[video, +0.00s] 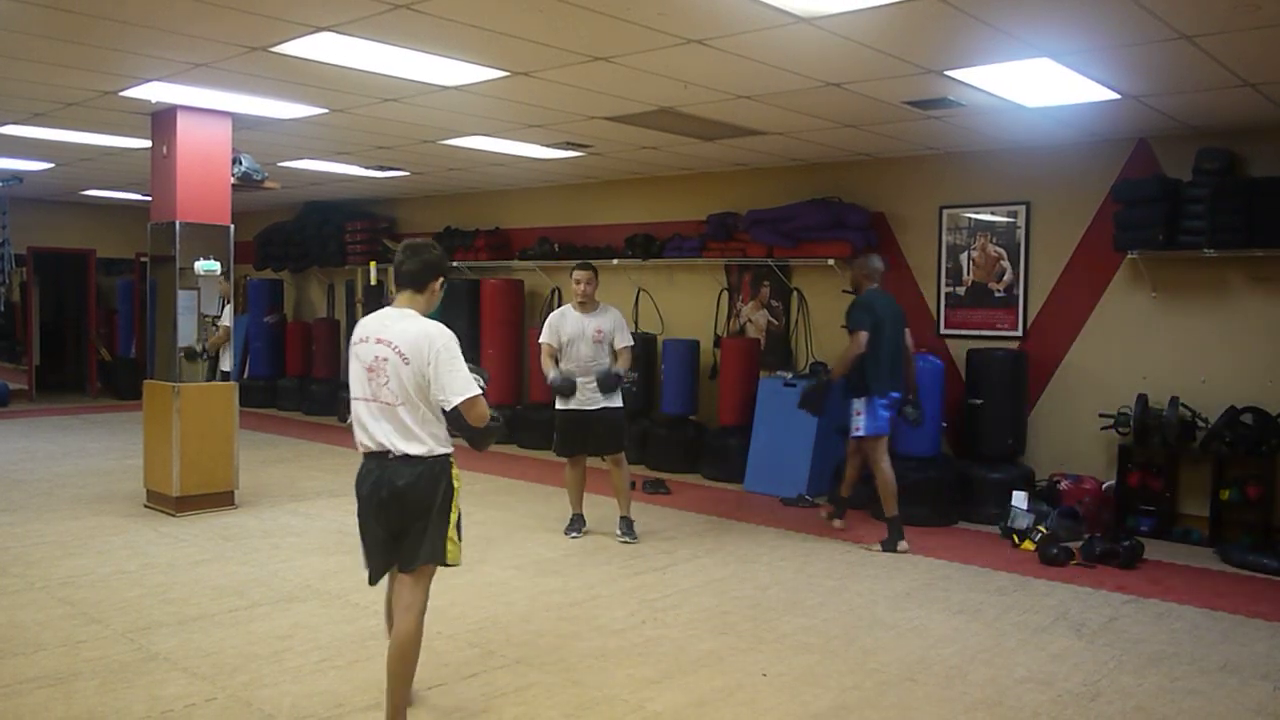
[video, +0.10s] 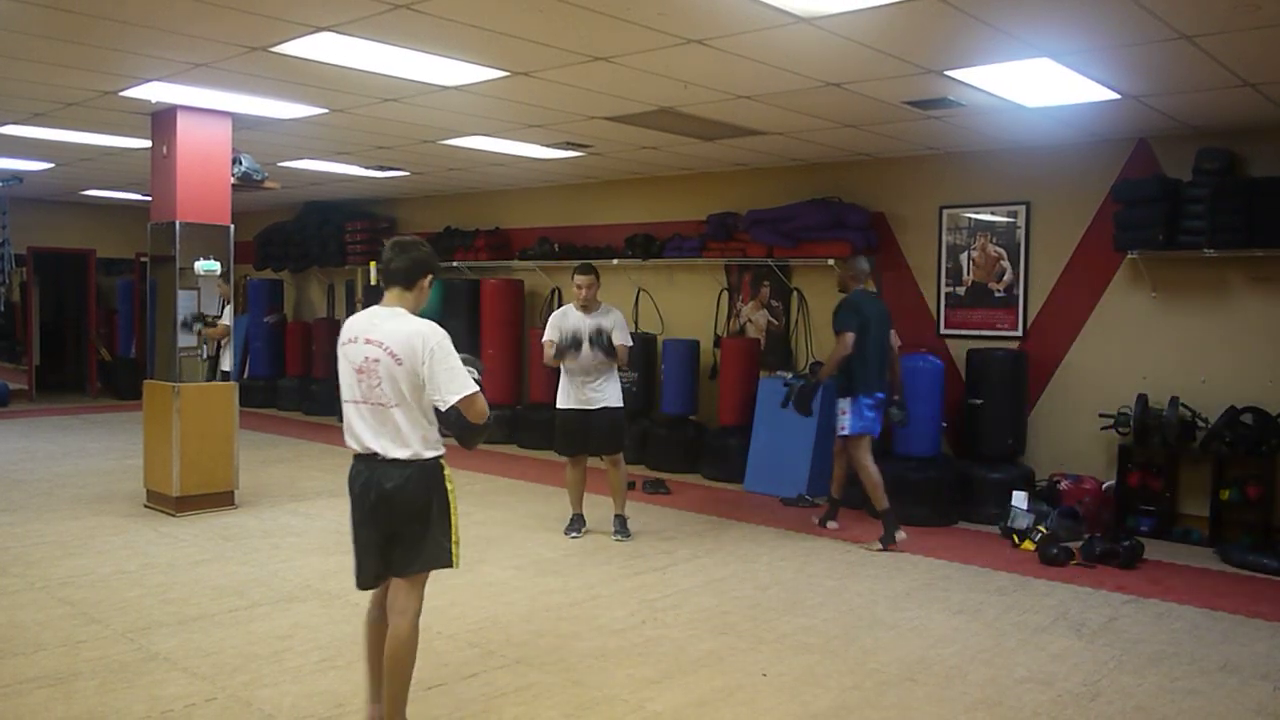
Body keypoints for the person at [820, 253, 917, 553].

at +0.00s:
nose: (850, 278)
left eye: (852, 274)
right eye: (852, 273)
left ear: (861, 275)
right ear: (878, 276)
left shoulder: (861, 305)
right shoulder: (892, 305)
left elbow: (859, 343)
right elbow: (909, 347)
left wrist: (833, 374)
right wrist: (910, 388)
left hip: (870, 392)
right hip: (890, 390)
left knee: (879, 458)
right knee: (856, 449)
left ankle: (896, 535)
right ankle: (838, 506)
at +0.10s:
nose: (837, 278)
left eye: (839, 273)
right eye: (838, 272)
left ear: (847, 277)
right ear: (866, 277)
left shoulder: (847, 306)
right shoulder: (878, 304)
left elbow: (845, 346)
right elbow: (894, 344)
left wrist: (820, 377)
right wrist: (895, 386)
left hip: (855, 392)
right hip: (874, 390)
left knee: (862, 457)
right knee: (842, 450)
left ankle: (891, 528)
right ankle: (830, 514)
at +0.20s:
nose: (826, 277)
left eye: (828, 272)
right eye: (828, 271)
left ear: (836, 275)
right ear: (855, 276)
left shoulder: (834, 304)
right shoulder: (869, 305)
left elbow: (836, 343)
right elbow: (878, 345)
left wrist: (815, 375)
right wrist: (876, 383)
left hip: (837, 387)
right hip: (861, 386)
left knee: (829, 450)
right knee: (836, 450)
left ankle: (871, 508)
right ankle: (829, 513)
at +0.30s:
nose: (814, 274)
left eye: (817, 269)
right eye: (816, 269)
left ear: (824, 272)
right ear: (840, 273)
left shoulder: (825, 301)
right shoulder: (853, 300)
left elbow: (828, 343)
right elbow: (864, 345)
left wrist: (810, 380)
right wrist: (852, 371)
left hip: (831, 383)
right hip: (851, 383)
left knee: (801, 441)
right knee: (830, 441)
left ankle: (840, 494)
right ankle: (830, 511)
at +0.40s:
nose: (801, 272)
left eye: (804, 267)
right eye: (802, 267)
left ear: (813, 271)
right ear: (826, 272)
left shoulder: (814, 300)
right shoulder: (842, 300)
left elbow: (819, 342)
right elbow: (853, 343)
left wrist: (806, 382)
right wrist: (839, 370)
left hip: (818, 382)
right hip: (841, 382)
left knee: (783, 435)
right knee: (827, 441)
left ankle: (805, 490)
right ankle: (829, 507)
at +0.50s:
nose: (787, 275)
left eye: (789, 270)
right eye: (789, 270)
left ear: (797, 273)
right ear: (813, 272)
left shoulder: (800, 301)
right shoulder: (829, 300)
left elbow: (809, 342)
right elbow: (840, 344)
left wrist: (799, 384)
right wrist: (825, 369)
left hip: (803, 381)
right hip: (829, 381)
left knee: (772, 436)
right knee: (823, 443)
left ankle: (771, 502)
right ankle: (829, 512)